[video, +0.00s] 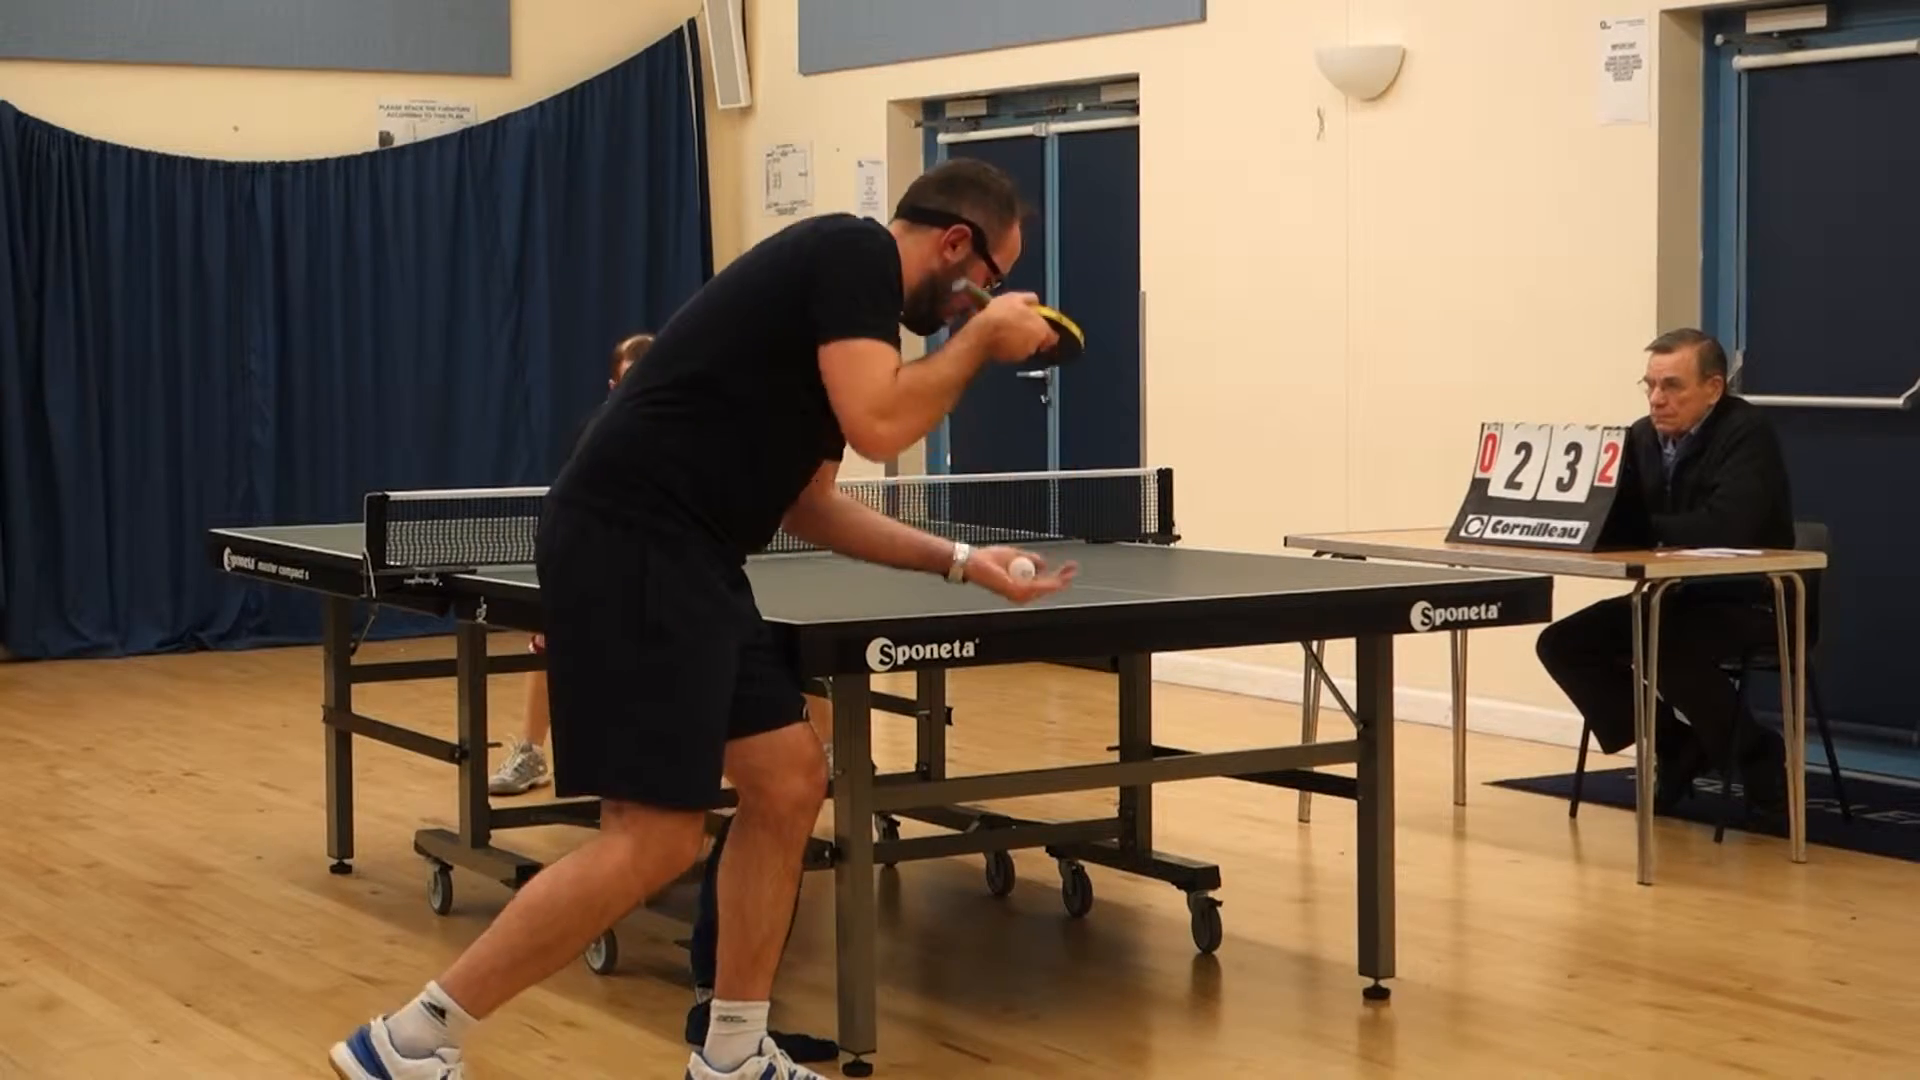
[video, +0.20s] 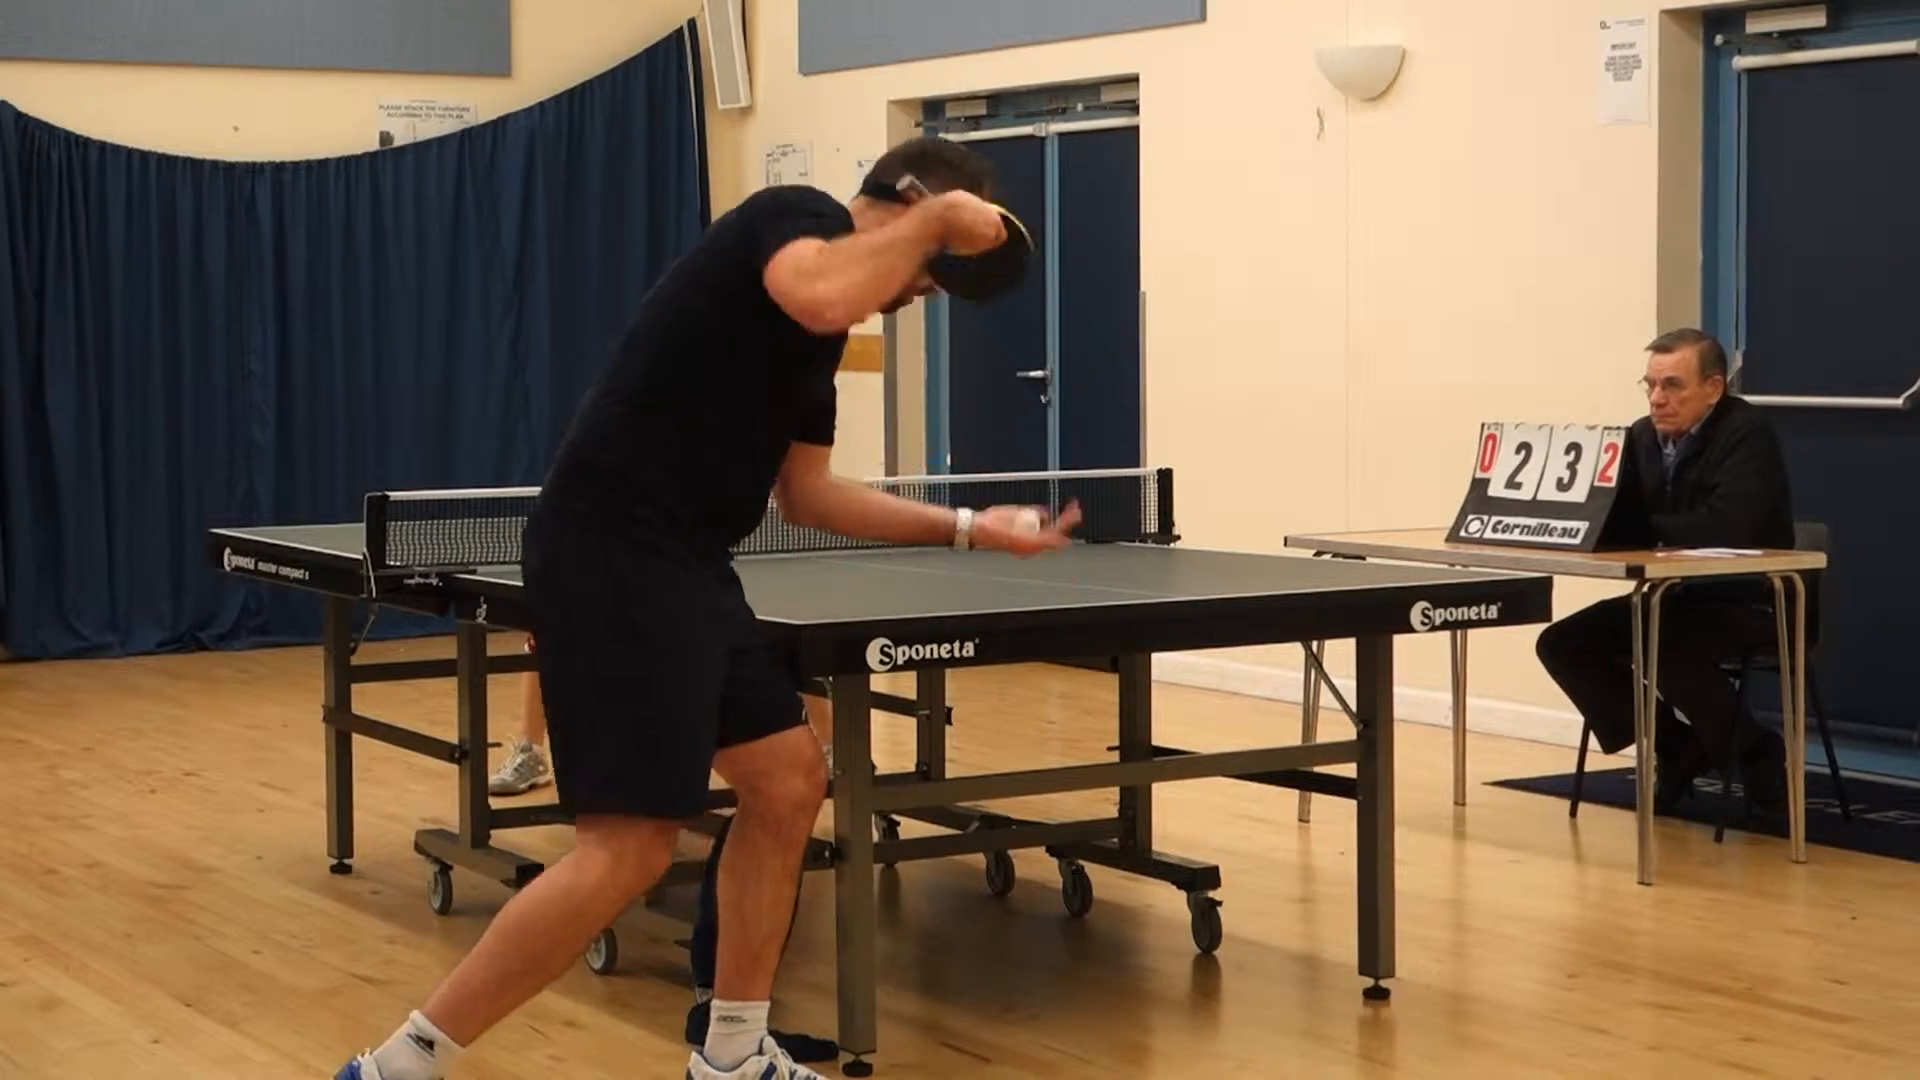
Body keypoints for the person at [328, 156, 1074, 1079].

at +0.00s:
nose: (982, 296)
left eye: (992, 281)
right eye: (988, 273)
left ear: (933, 230)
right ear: (955, 237)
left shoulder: (843, 322)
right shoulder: (852, 251)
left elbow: (810, 506)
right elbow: (880, 420)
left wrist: (964, 558)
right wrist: (982, 335)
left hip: (693, 549)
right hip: (626, 536)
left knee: (789, 779)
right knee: (656, 836)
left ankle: (733, 1048)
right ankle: (410, 1036)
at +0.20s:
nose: (914, 293)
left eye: (929, 283)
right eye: (924, 268)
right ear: (903, 206)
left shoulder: (820, 328)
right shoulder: (793, 212)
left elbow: (811, 494)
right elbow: (820, 298)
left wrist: (974, 525)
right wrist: (934, 217)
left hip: (687, 563)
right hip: (606, 551)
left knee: (788, 775)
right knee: (630, 848)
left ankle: (730, 1055)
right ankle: (395, 1064)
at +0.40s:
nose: (925, 295)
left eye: (934, 288)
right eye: (936, 277)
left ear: (894, 247)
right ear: (916, 239)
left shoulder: (806, 299)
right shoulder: (792, 235)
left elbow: (765, 480)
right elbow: (812, 173)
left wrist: (925, 501)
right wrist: (951, 220)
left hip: (650, 543)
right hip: (587, 533)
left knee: (753, 768)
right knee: (595, 838)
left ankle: (736, 1051)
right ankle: (383, 1066)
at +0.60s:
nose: (926, 477)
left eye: (942, 467)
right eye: (944, 456)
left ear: (914, 419)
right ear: (933, 412)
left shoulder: (786, 412)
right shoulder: (882, 347)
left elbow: (693, 561)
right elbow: (1057, 393)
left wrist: (804, 586)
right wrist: (1000, 400)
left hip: (604, 562)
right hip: (621, 565)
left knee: (774, 770)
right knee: (594, 877)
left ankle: (766, 1051)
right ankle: (382, 1065)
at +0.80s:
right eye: (984, 339)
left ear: (884, 307)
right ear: (976, 330)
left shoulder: (800, 330)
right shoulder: (986, 381)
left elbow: (636, 400)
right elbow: (1022, 580)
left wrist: (711, 497)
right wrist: (1085, 570)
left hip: (711, 567)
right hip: (831, 589)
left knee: (792, 814)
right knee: (886, 872)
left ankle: (765, 1055)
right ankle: (659, 1012)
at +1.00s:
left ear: (988, 256)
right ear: (1095, 273)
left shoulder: (917, 320)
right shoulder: (1128, 354)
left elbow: (787, 443)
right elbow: (1178, 569)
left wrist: (863, 522)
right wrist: (1157, 519)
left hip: (899, 615)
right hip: (1044, 617)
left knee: (906, 827)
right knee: (1228, 831)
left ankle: (783, 1057)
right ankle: (1360, 1065)